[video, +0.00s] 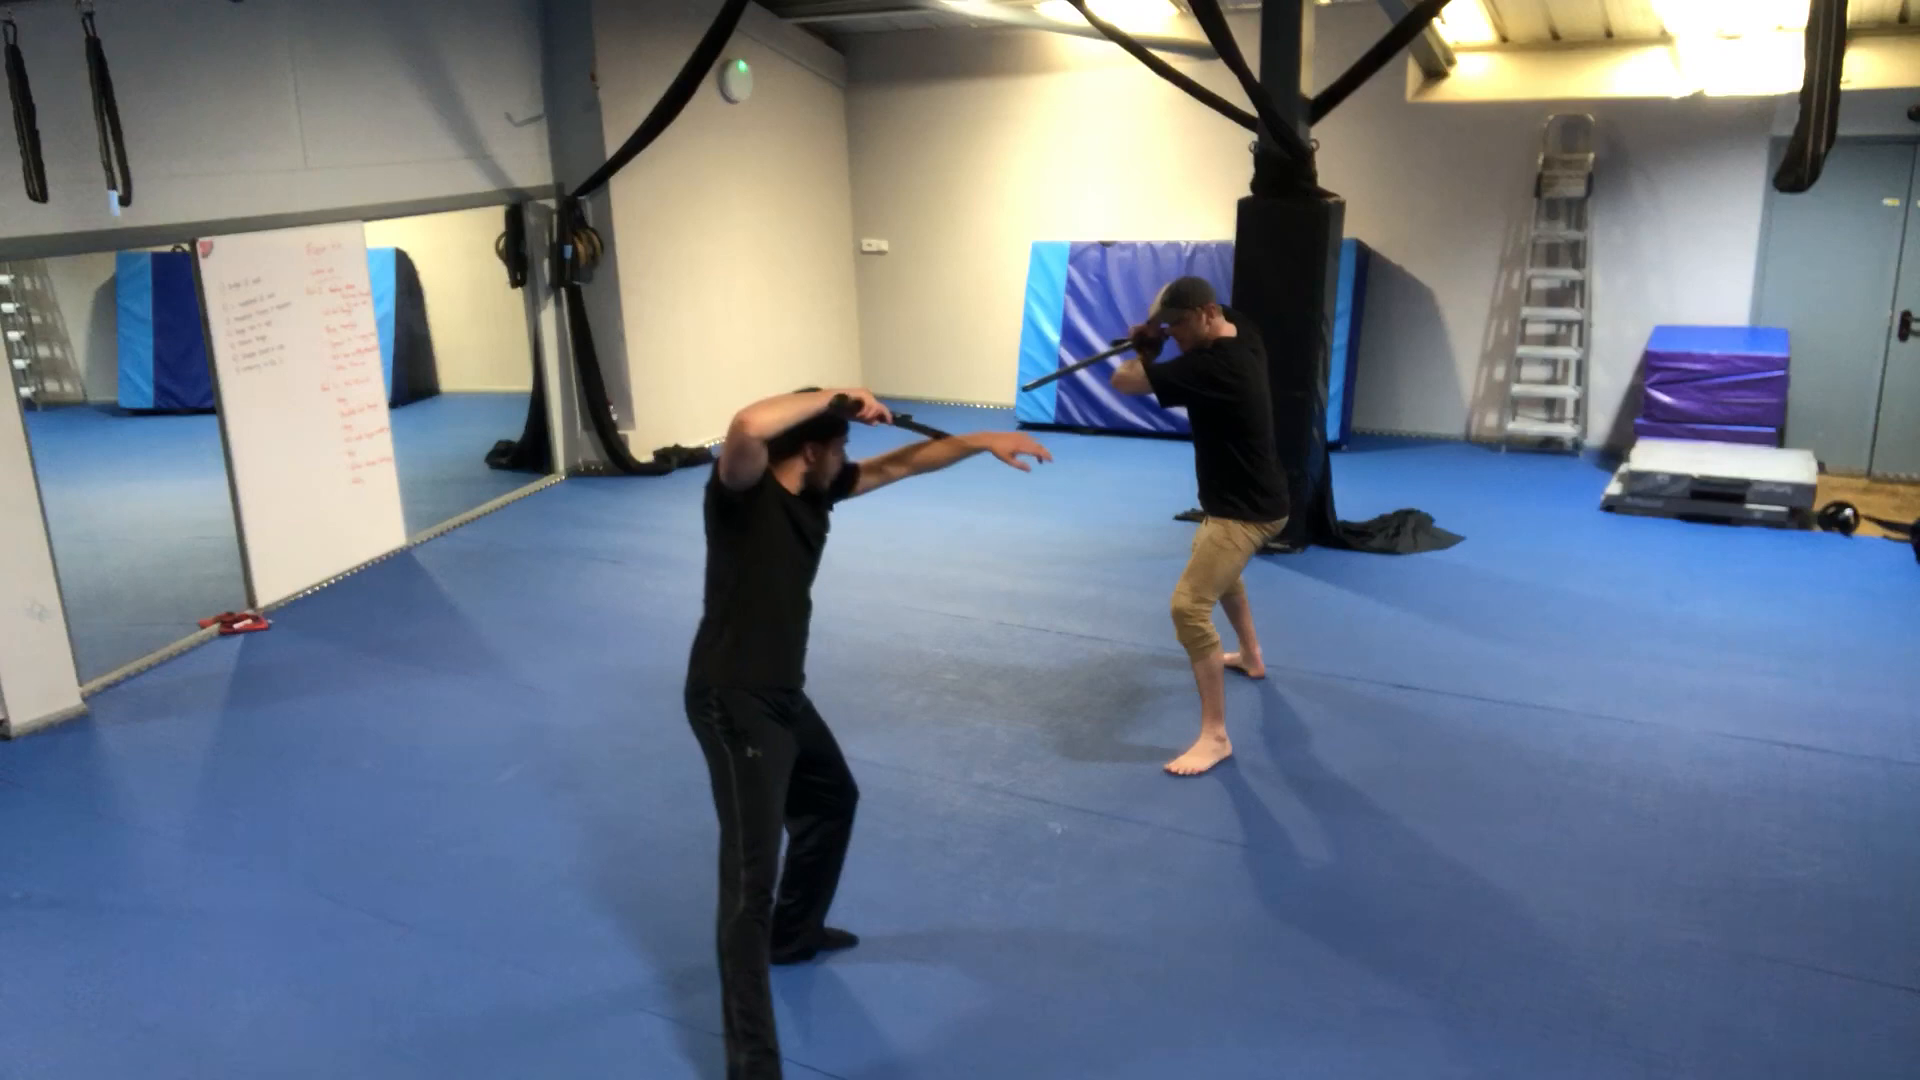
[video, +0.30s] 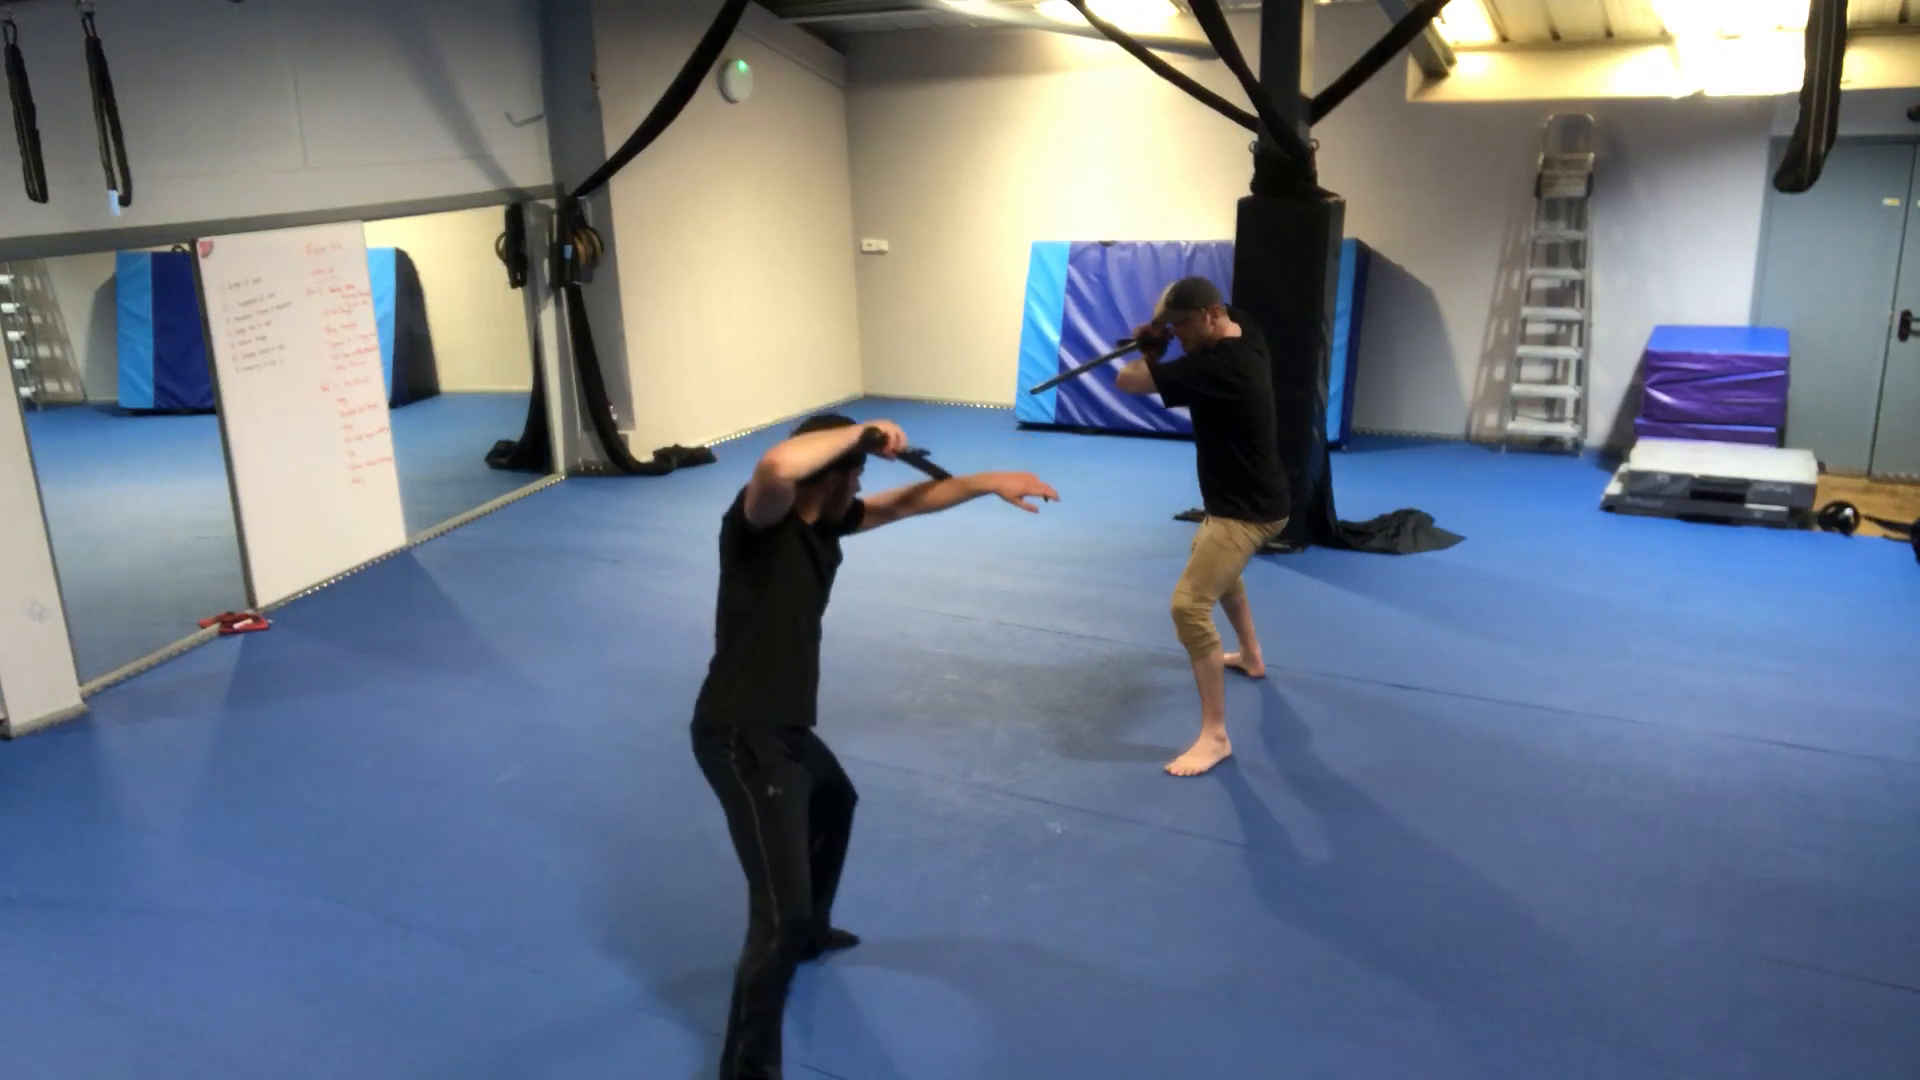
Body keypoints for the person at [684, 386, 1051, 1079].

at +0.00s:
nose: (844, 458)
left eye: (842, 443)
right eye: (836, 443)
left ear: (818, 447)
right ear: (806, 445)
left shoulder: (817, 492)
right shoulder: (742, 491)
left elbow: (900, 465)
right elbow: (746, 426)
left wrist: (983, 440)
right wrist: (831, 396)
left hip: (781, 697)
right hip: (731, 701)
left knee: (830, 800)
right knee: (750, 886)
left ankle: (791, 931)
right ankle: (753, 1065)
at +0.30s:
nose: (850, 490)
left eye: (854, 476)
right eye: (842, 473)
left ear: (846, 481)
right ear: (808, 476)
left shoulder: (827, 525)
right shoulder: (760, 523)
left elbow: (906, 501)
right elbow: (776, 466)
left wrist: (992, 481)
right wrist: (863, 433)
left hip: (787, 730)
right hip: (738, 735)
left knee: (834, 801)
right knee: (778, 915)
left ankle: (803, 928)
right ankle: (749, 1069)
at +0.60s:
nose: (857, 527)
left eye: (859, 514)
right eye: (849, 511)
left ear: (850, 515)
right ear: (816, 510)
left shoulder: (826, 557)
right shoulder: (756, 560)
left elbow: (914, 528)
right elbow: (775, 502)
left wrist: (997, 513)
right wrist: (859, 463)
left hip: (783, 765)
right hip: (739, 780)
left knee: (830, 809)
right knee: (805, 960)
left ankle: (812, 927)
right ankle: (756, 1075)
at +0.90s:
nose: (855, 547)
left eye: (857, 536)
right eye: (847, 535)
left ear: (836, 536)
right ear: (819, 531)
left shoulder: (827, 574)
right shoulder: (749, 582)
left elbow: (917, 548)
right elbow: (759, 535)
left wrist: (994, 534)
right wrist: (846, 495)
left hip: (783, 778)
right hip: (739, 800)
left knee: (831, 816)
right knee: (813, 985)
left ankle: (811, 929)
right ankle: (759, 1075)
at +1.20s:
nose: (858, 534)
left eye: (858, 520)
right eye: (849, 521)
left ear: (831, 525)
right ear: (819, 520)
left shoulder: (827, 568)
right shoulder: (746, 576)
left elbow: (913, 544)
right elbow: (751, 532)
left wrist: (986, 533)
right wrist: (840, 492)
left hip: (784, 771)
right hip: (739, 792)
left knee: (831, 815)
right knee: (808, 978)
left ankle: (811, 930)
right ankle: (758, 1075)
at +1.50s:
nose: (863, 522)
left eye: (863, 508)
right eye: (854, 509)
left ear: (836, 513)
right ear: (822, 511)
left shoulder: (831, 560)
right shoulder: (752, 566)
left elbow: (916, 537)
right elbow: (753, 512)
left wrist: (991, 525)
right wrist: (842, 478)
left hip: (789, 765)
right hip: (742, 783)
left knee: (833, 812)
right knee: (804, 968)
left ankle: (813, 929)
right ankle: (758, 1076)